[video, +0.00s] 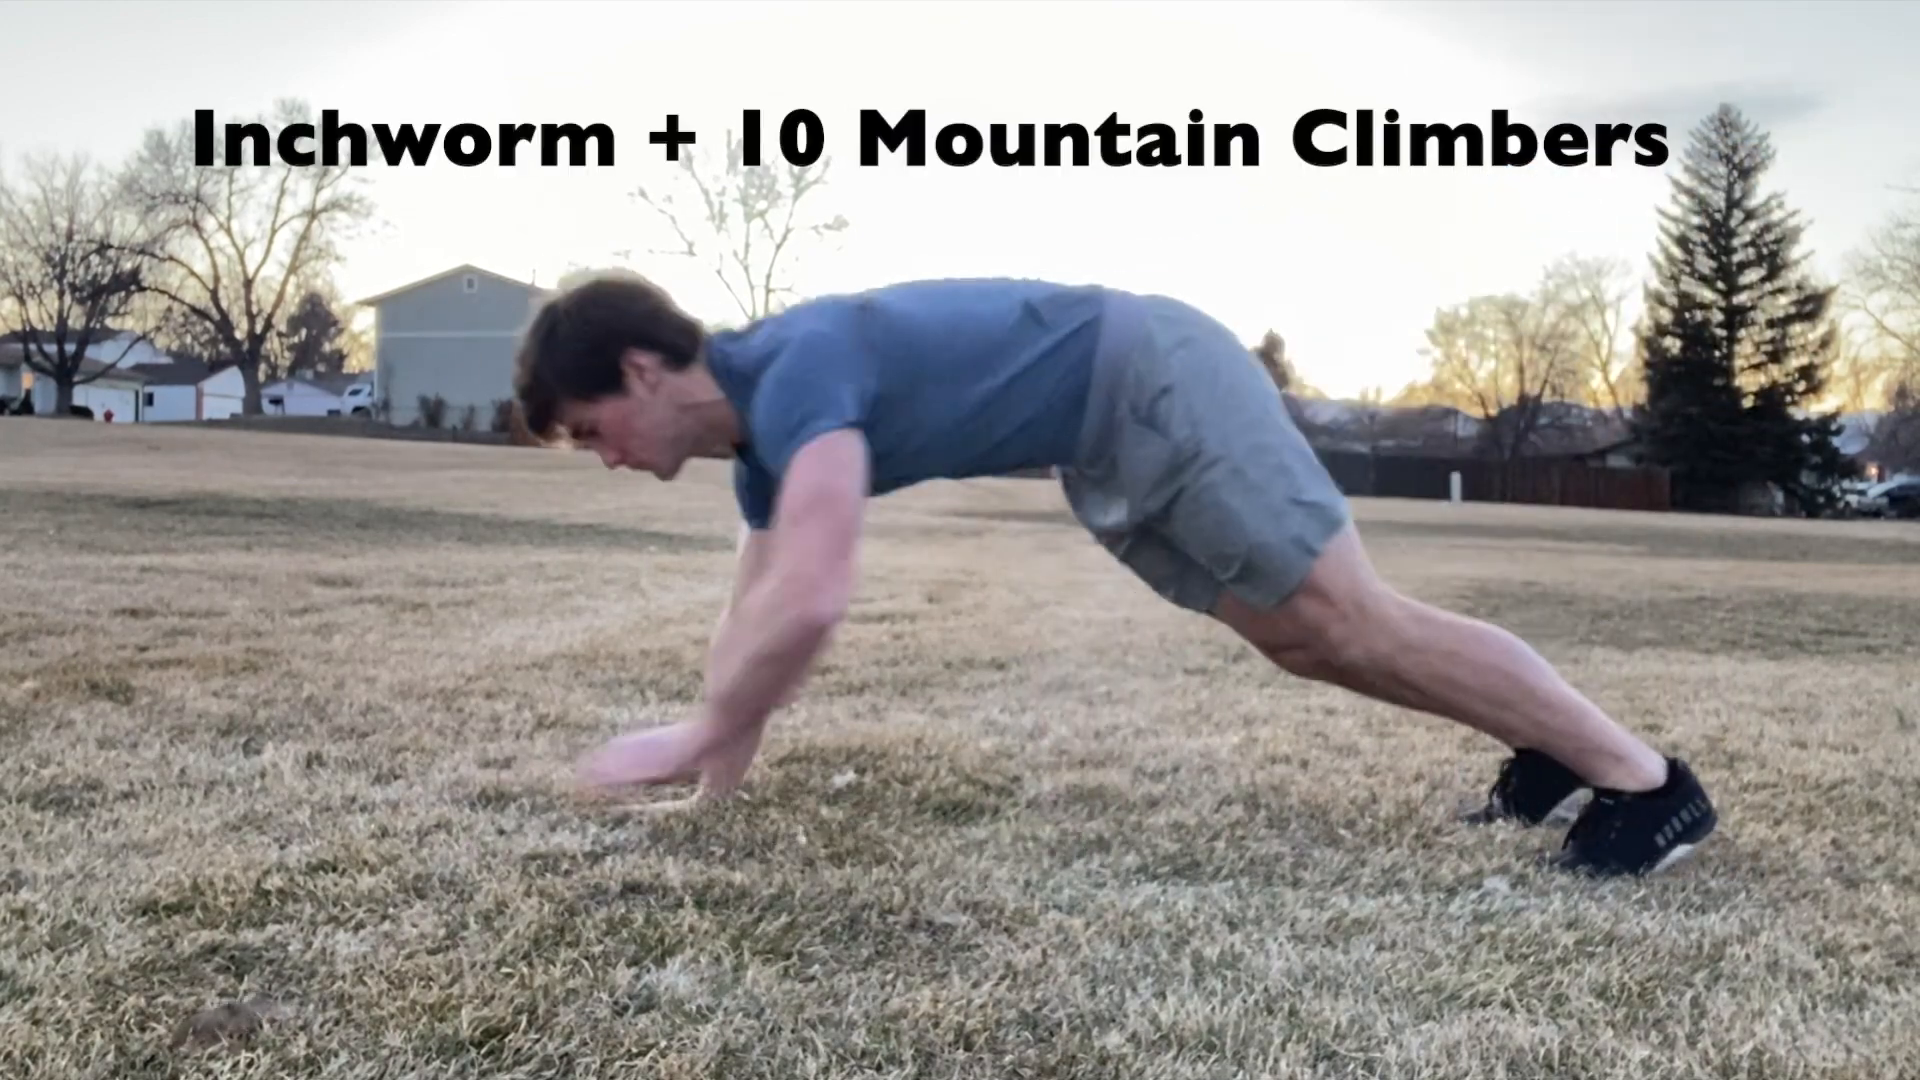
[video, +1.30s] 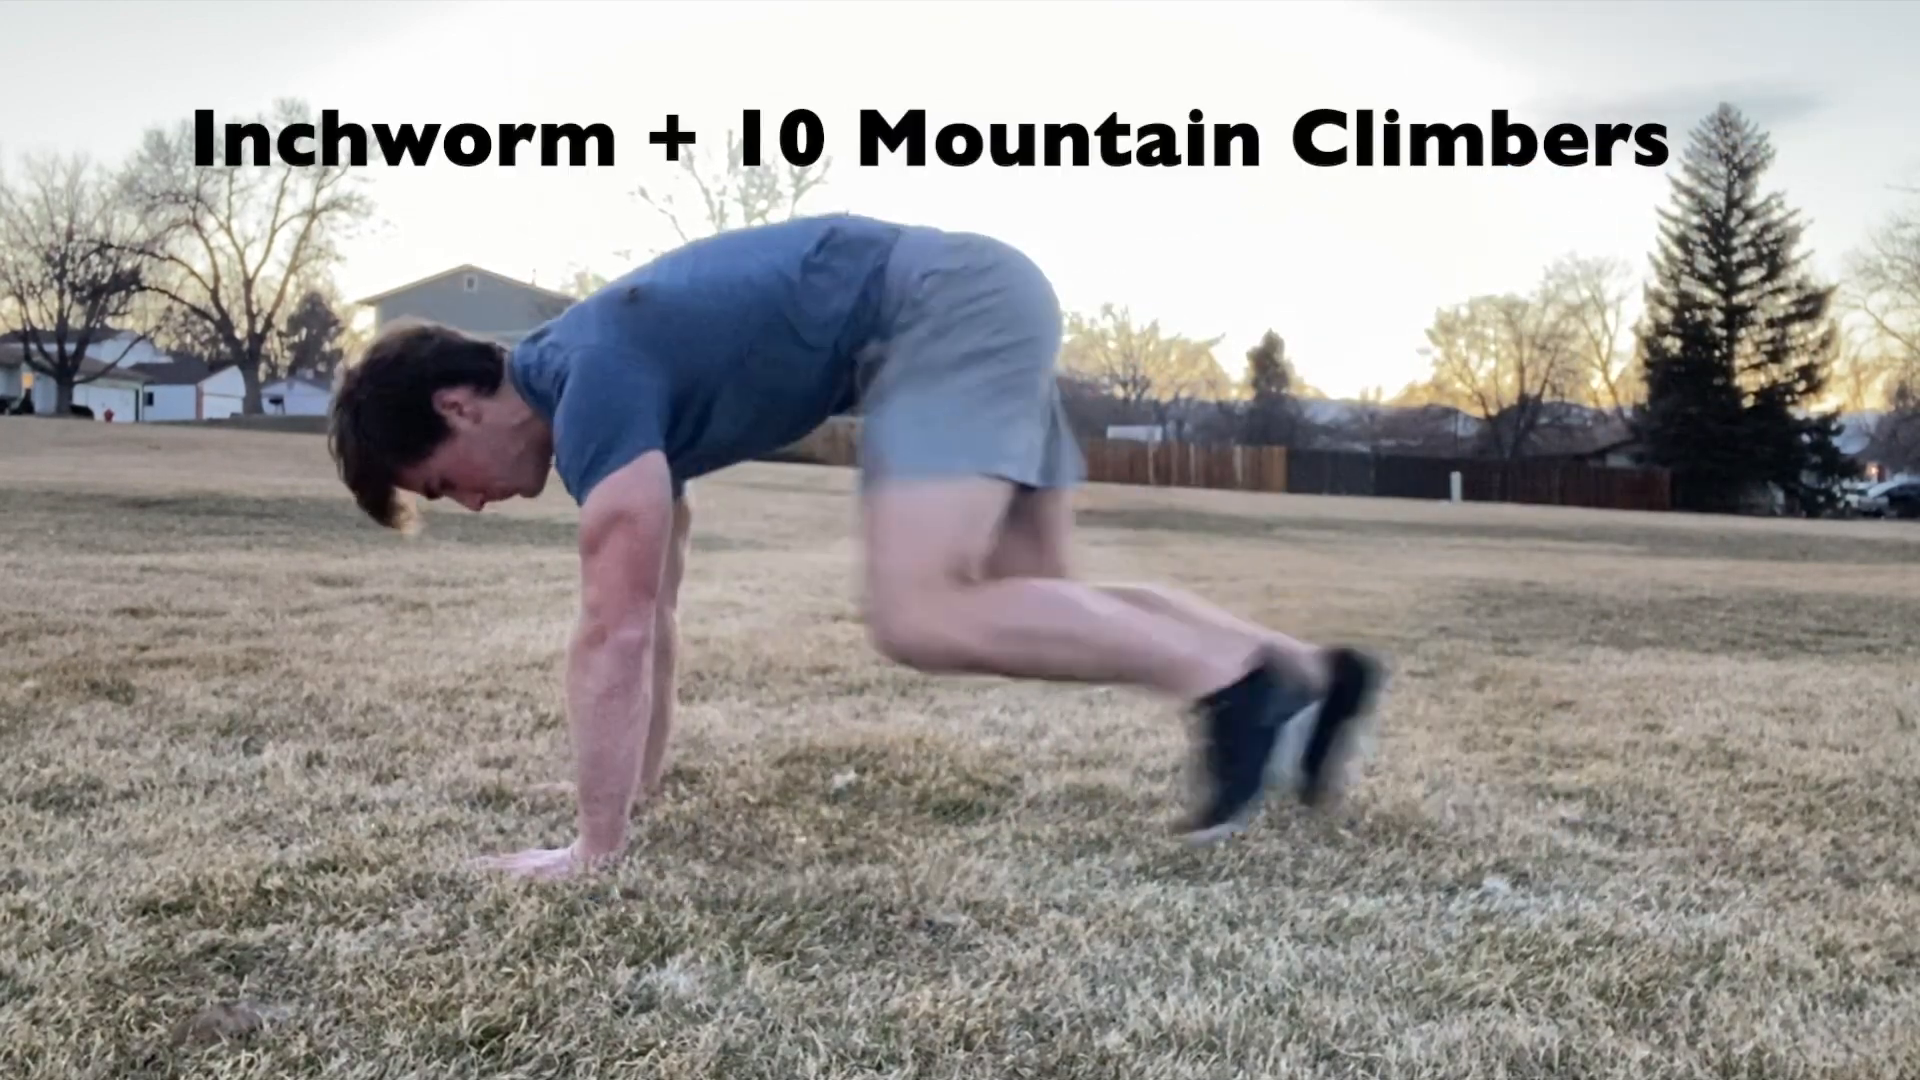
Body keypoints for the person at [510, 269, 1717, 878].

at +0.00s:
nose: (609, 465)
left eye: (599, 436)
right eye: (590, 449)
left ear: (648, 374)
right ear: (646, 383)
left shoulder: (804, 372)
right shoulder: (755, 419)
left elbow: (814, 594)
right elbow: (771, 590)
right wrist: (720, 742)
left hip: (1151, 373)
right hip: (1102, 435)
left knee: (1351, 621)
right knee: (1302, 636)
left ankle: (1648, 780)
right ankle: (1554, 737)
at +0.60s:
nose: (517, 473)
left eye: (503, 445)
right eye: (497, 460)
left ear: (541, 382)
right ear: (553, 384)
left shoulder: (676, 381)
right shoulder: (689, 401)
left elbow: (660, 638)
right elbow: (698, 639)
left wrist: (598, 846)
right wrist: (633, 803)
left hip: (1055, 448)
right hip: (1031, 480)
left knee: (1271, 693)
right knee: (1202, 711)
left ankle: (1613, 755)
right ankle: (1491, 742)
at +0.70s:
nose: (509, 484)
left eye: (493, 458)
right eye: (488, 474)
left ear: (531, 389)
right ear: (540, 392)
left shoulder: (661, 384)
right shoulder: (670, 405)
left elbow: (640, 635)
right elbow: (682, 637)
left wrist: (592, 849)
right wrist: (626, 804)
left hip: (1042, 399)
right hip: (1027, 420)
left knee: (1153, 706)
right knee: (1186, 666)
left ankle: (1472, 693)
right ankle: (1450, 712)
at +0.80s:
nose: (506, 484)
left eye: (487, 459)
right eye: (483, 474)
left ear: (520, 393)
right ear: (526, 397)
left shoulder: (651, 374)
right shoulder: (651, 398)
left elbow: (638, 626)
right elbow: (674, 624)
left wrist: (597, 842)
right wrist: (628, 792)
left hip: (1014, 338)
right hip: (1019, 370)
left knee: (925, 566)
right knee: (1237, 576)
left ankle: (1225, 705)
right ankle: (1491, 716)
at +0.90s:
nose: (509, 481)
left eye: (489, 455)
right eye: (485, 470)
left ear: (521, 387)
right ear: (525, 394)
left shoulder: (651, 365)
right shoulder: (653, 392)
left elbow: (634, 629)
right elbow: (661, 630)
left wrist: (594, 843)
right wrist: (614, 807)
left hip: (1016, 340)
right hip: (1028, 389)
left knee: (774, 415)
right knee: (1246, 565)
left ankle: (900, 748)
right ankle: (1521, 682)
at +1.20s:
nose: (478, 502)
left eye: (456, 480)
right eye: (454, 494)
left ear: (481, 406)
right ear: (487, 410)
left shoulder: (627, 363)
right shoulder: (617, 399)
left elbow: (629, 630)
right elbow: (637, 638)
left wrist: (598, 844)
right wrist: (620, 826)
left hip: (981, 341)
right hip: (993, 385)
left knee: (769, 495)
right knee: (1180, 609)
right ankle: (1465, 727)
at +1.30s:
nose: (464, 503)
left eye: (443, 480)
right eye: (440, 495)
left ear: (464, 404)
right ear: (469, 402)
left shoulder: (594, 371)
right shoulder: (602, 376)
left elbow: (618, 620)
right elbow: (646, 600)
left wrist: (596, 842)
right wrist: (641, 780)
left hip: (947, 299)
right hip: (975, 302)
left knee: (918, 612)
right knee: (1028, 603)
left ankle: (1230, 675)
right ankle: (1306, 674)